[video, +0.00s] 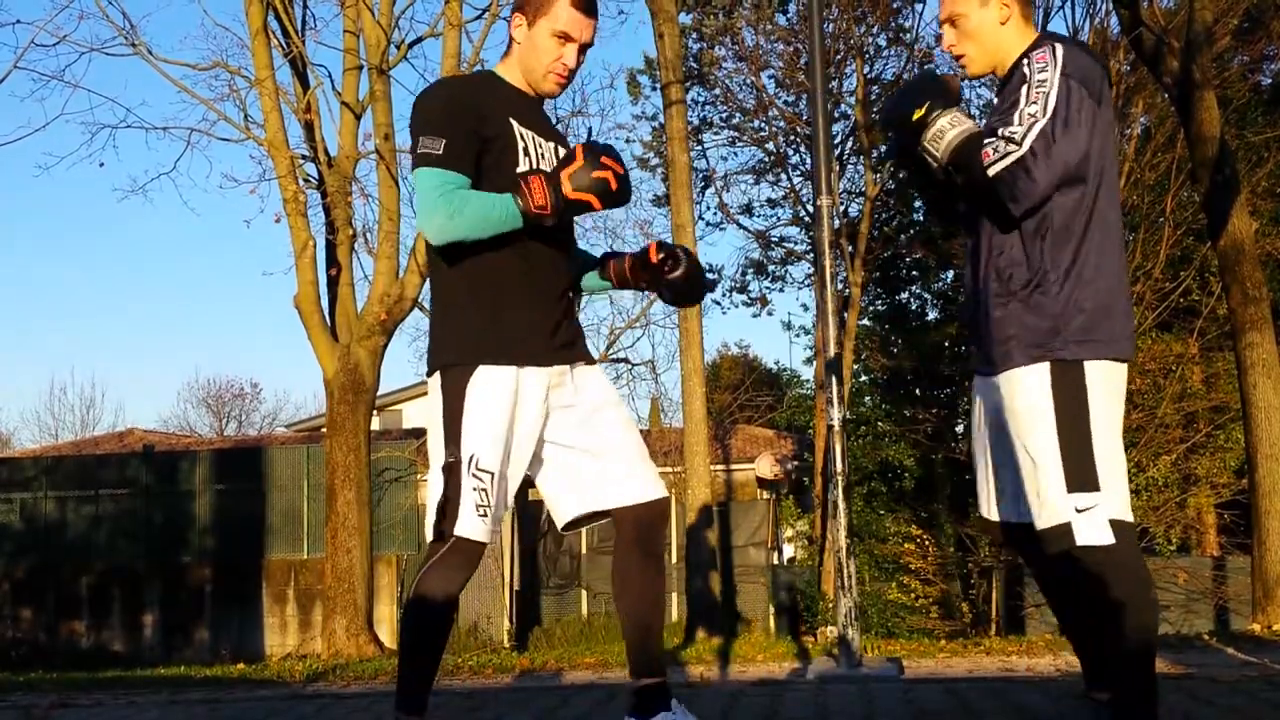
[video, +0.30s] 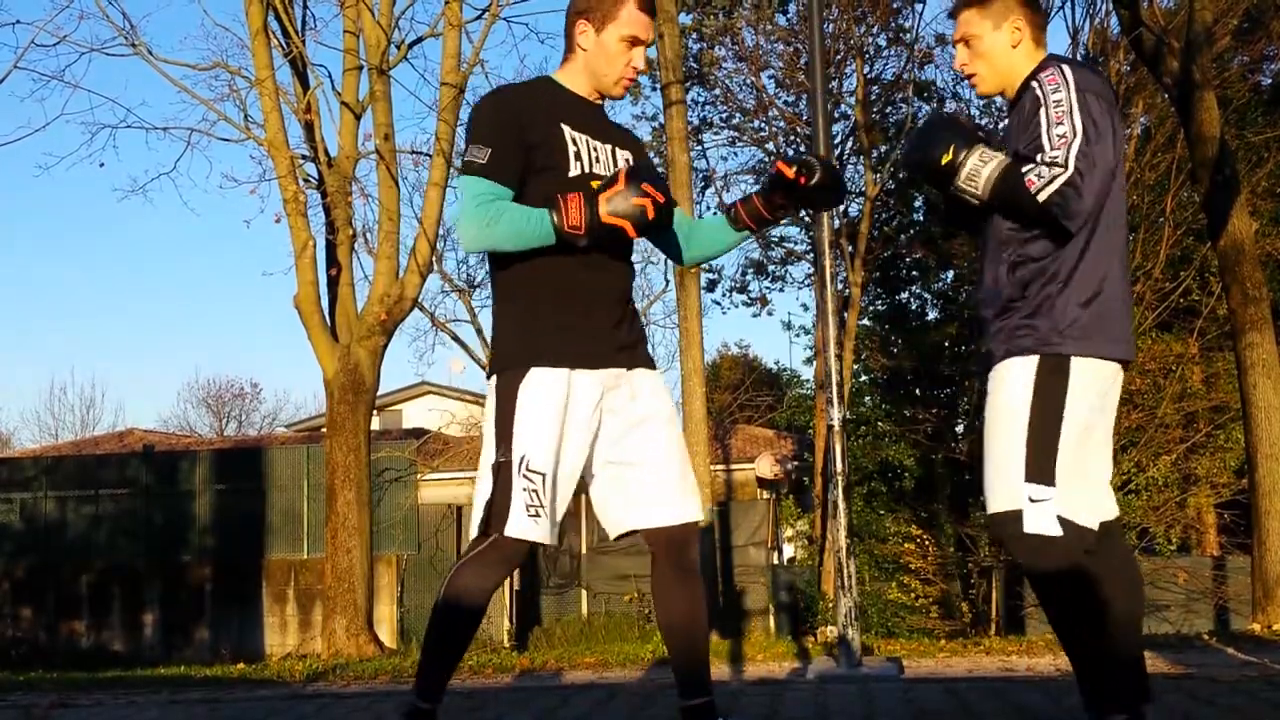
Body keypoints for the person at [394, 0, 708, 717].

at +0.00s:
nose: (572, 60)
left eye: (582, 48)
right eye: (563, 40)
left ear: (584, 50)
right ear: (520, 25)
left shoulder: (556, 137)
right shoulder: (452, 100)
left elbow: (554, 261)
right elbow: (437, 215)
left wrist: (627, 270)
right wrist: (541, 197)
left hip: (565, 358)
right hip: (484, 357)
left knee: (642, 506)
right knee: (463, 537)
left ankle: (652, 702)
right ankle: (408, 715)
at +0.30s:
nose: (643, 62)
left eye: (647, 47)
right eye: (633, 43)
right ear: (583, 33)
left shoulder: (626, 146)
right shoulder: (508, 108)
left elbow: (686, 243)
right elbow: (473, 222)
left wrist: (770, 202)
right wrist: (585, 212)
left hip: (628, 364)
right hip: (541, 361)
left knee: (676, 529)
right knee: (509, 537)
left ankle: (699, 712)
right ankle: (421, 707)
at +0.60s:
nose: (714, 57)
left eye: (718, 43)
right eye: (707, 38)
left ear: (682, 38)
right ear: (659, 27)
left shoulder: (695, 139)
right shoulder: (571, 98)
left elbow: (774, 208)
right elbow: (508, 208)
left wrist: (878, 195)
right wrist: (609, 210)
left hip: (671, 358)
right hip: (585, 352)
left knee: (684, 531)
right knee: (578, 521)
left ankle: (699, 709)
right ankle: (525, 703)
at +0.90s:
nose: (705, 47)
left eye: (707, 31)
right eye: (697, 28)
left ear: (659, 26)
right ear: (647, 20)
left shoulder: (688, 130)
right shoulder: (563, 98)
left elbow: (748, 221)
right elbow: (528, 214)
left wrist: (831, 210)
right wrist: (634, 189)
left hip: (672, 355)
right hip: (585, 351)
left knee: (688, 531)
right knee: (556, 527)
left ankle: (700, 708)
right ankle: (472, 702)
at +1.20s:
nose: (635, 54)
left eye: (638, 39)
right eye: (627, 37)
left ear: (587, 34)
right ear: (578, 31)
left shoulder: (608, 137)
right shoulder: (497, 113)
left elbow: (607, 258)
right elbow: (493, 232)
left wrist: (676, 268)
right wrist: (607, 203)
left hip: (613, 362)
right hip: (530, 361)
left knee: (671, 526)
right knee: (513, 535)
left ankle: (701, 708)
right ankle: (455, 710)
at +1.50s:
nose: (604, 44)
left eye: (606, 31)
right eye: (595, 28)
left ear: (561, 30)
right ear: (548, 26)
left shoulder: (578, 123)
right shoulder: (476, 100)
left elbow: (578, 256)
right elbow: (516, 195)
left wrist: (648, 246)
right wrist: (591, 121)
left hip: (586, 354)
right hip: (504, 354)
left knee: (645, 516)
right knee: (491, 532)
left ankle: (631, 700)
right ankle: (451, 712)